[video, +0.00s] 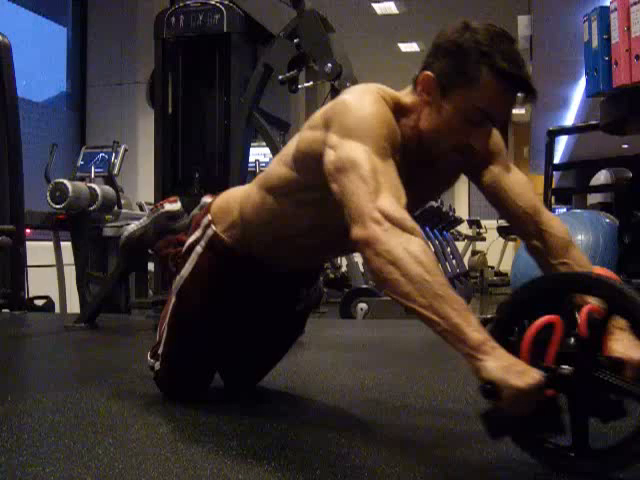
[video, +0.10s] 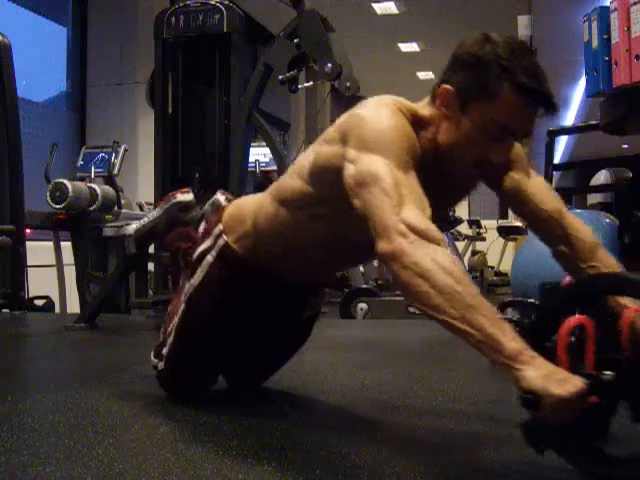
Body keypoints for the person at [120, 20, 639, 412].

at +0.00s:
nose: (489, 142)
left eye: (495, 126)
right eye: (477, 120)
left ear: (497, 121)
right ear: (425, 92)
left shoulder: (472, 139)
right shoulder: (360, 115)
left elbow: (542, 231)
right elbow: (381, 235)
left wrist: (611, 322)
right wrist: (490, 356)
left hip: (297, 276)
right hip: (228, 258)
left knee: (241, 377)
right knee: (180, 382)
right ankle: (182, 241)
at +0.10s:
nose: (508, 156)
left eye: (516, 140)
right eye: (499, 135)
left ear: (524, 133)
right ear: (446, 108)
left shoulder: (492, 147)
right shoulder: (379, 127)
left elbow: (556, 223)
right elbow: (406, 249)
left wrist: (618, 290)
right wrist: (529, 368)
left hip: (304, 285)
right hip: (239, 264)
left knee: (243, 380)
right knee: (179, 379)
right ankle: (190, 240)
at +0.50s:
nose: (571, 228)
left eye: (579, 214)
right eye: (565, 212)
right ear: (516, 175)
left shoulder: (524, 188)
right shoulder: (442, 181)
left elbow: (624, 250)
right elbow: (508, 294)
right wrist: (633, 364)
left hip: (326, 315)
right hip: (272, 296)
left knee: (246, 379)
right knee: (180, 374)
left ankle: (248, 259)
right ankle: (220, 263)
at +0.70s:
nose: (584, 267)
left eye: (596, 254)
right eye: (580, 249)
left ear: (538, 207)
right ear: (533, 211)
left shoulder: (534, 212)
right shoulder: (460, 214)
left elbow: (629, 266)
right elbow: (536, 319)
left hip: (328, 322)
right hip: (277, 305)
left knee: (239, 378)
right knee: (182, 375)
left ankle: (242, 255)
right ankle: (224, 259)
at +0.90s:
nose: (576, 285)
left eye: (590, 281)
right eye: (577, 273)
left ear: (543, 225)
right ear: (541, 229)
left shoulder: (523, 227)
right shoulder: (468, 229)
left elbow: (576, 311)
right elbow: (547, 333)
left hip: (332, 326)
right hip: (284, 310)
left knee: (230, 376)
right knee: (184, 371)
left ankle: (249, 256)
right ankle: (228, 247)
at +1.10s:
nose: (581, 285)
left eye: (595, 280)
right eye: (581, 273)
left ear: (545, 222)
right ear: (543, 227)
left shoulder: (525, 223)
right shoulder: (466, 225)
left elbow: (576, 314)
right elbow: (542, 335)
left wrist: (639, 362)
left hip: (334, 326)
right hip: (284, 310)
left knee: (232, 374)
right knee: (185, 371)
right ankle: (227, 249)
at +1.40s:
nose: (549, 250)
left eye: (565, 237)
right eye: (550, 233)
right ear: (511, 192)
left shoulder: (530, 186)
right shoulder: (433, 180)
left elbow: (622, 254)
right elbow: (489, 300)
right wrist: (631, 379)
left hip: (323, 311)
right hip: (266, 291)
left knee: (245, 381)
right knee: (184, 378)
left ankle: (259, 252)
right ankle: (225, 257)